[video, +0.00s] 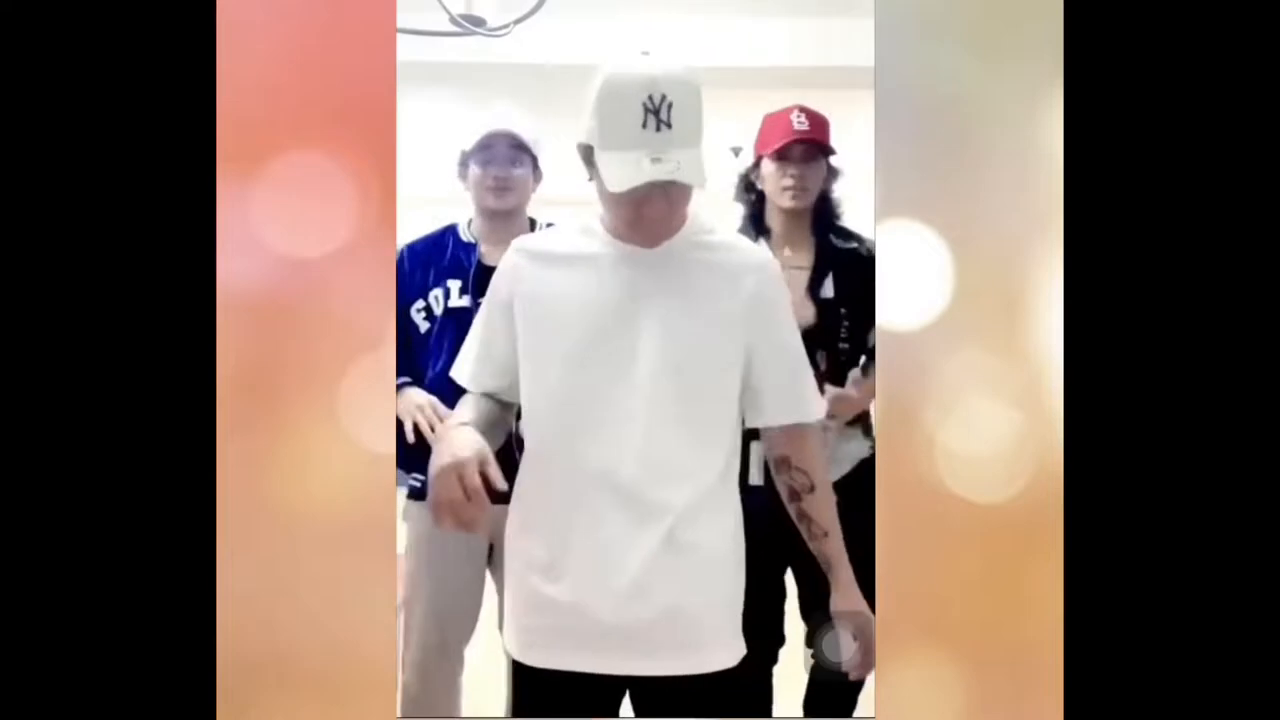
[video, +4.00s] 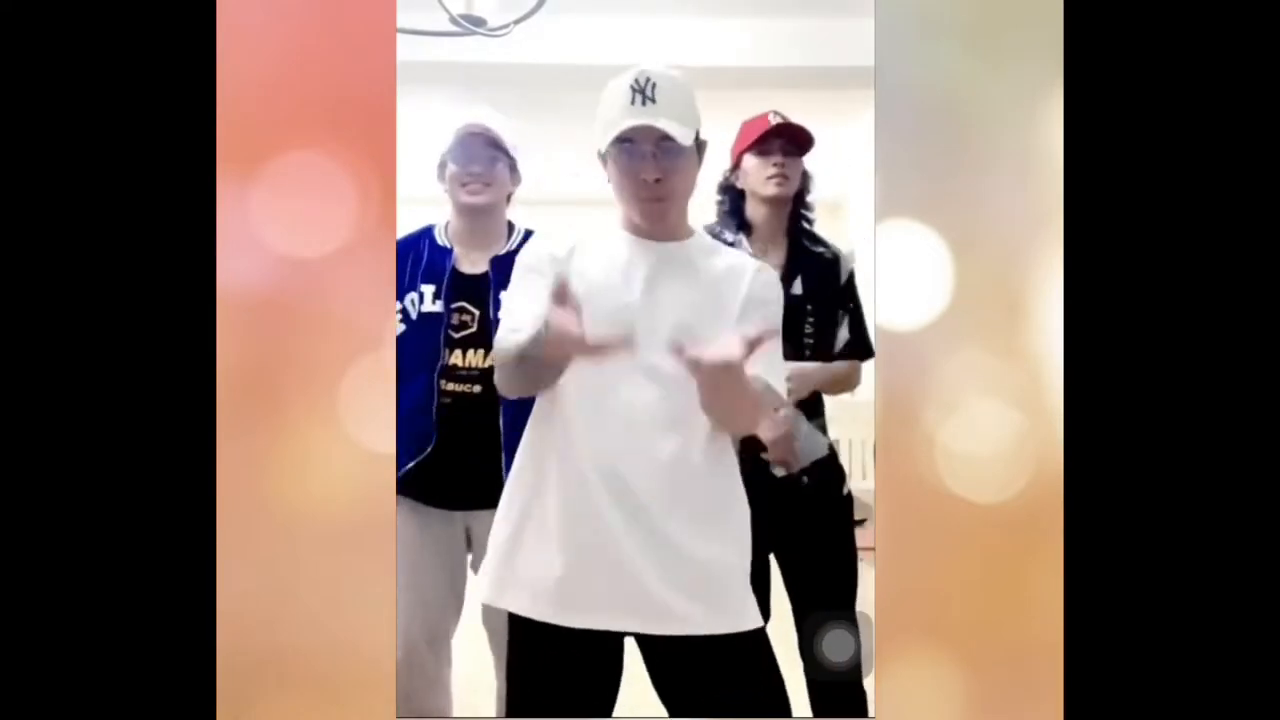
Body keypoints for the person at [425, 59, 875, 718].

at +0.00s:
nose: (660, 206)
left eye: (676, 184)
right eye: (637, 187)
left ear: (698, 159)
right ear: (590, 164)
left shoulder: (745, 272)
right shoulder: (532, 266)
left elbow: (794, 449)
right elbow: (491, 398)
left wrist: (844, 585)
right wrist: (457, 434)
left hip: (698, 628)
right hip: (558, 624)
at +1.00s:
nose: (645, 192)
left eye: (664, 170)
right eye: (625, 170)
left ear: (689, 159)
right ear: (583, 155)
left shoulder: (741, 269)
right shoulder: (524, 268)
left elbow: (772, 440)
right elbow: (487, 433)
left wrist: (781, 590)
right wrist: (479, 573)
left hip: (714, 604)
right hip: (573, 607)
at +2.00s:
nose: (644, 140)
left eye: (665, 121)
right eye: (626, 119)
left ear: (691, 133)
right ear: (594, 130)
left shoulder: (734, 234)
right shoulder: (558, 236)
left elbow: (757, 352)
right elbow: (540, 354)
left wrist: (727, 262)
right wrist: (563, 272)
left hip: (716, 559)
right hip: (592, 559)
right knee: (588, 719)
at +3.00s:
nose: (647, 157)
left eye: (667, 137)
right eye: (628, 137)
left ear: (697, 150)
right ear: (602, 151)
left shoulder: (755, 248)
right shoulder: (572, 255)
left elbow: (791, 383)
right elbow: (527, 384)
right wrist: (551, 358)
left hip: (714, 568)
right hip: (583, 563)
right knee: (549, 717)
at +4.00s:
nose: (649, 168)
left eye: (667, 148)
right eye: (629, 148)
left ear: (699, 161)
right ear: (603, 162)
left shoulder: (746, 281)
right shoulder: (552, 261)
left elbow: (751, 419)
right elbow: (508, 378)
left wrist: (721, 384)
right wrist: (553, 348)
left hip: (694, 572)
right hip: (561, 564)